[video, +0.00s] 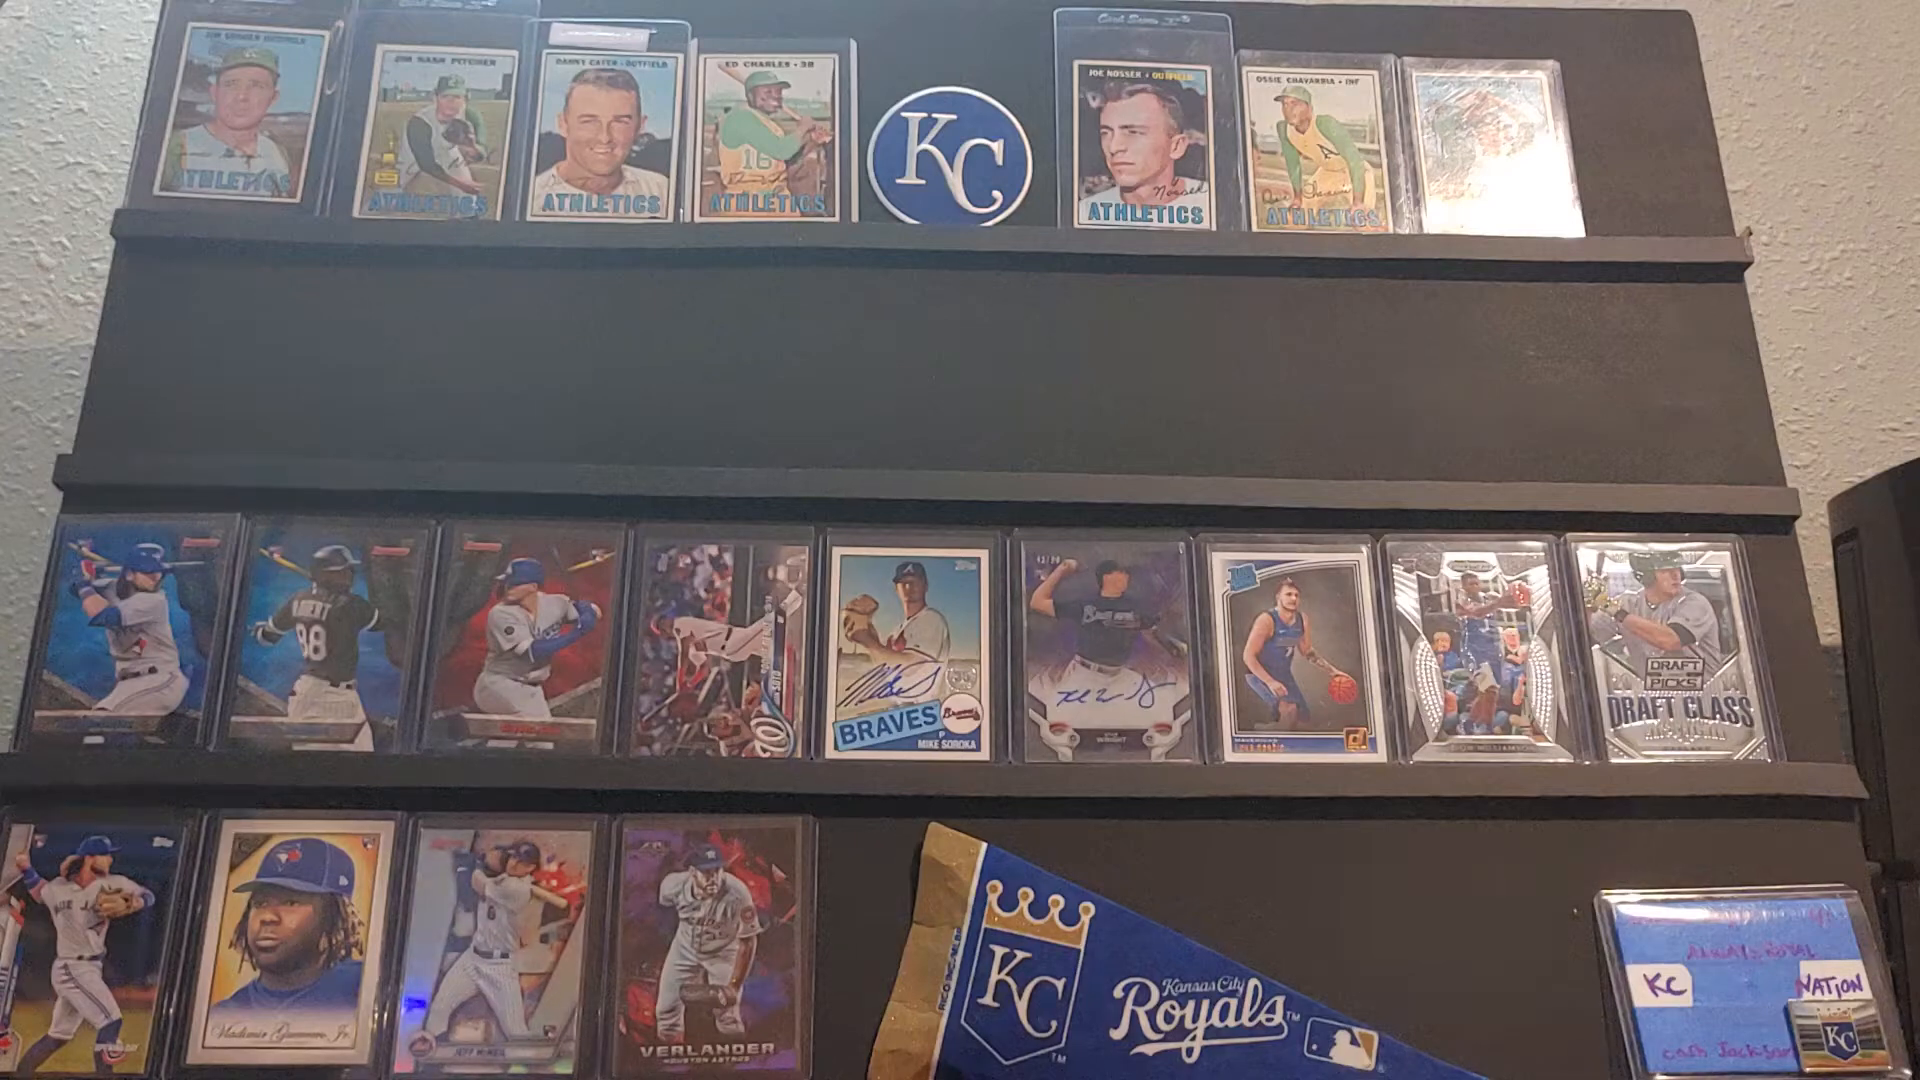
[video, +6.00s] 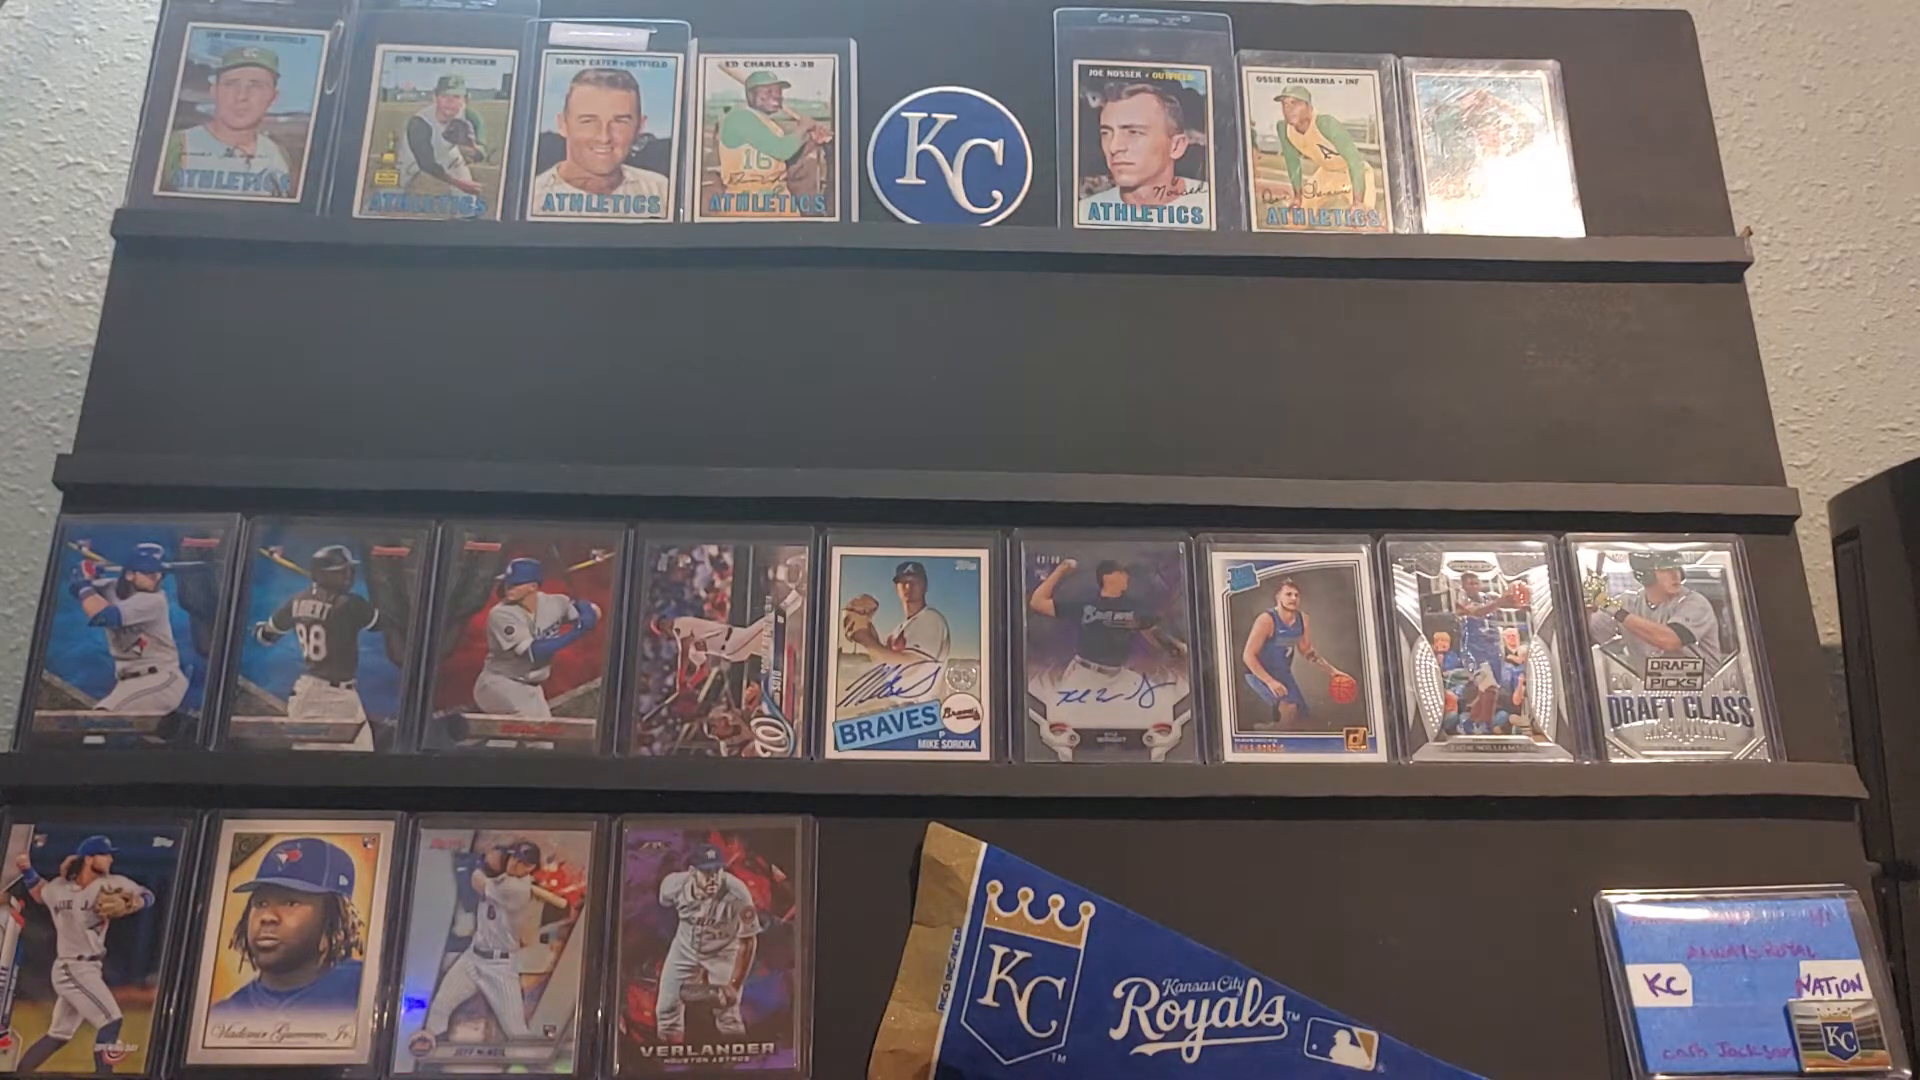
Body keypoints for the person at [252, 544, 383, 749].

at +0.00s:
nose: (351, 576)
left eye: (350, 571)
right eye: (347, 571)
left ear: (320, 575)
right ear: (333, 575)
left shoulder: (299, 600)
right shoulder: (351, 605)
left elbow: (268, 637)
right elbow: (387, 622)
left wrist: (259, 630)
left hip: (306, 695)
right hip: (341, 699)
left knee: (307, 767)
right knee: (360, 767)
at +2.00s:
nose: (351, 576)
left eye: (351, 571)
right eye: (347, 571)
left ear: (320, 574)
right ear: (332, 575)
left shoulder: (299, 600)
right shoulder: (350, 605)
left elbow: (267, 637)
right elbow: (384, 623)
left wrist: (259, 630)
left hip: (305, 692)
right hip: (340, 697)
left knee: (307, 765)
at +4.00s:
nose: (350, 578)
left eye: (350, 572)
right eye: (346, 572)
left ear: (319, 575)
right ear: (335, 575)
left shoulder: (299, 601)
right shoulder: (350, 605)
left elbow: (267, 637)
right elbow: (388, 621)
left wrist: (259, 630)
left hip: (305, 694)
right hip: (342, 698)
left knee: (306, 766)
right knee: (359, 767)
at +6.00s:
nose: (350, 576)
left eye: (350, 571)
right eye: (346, 571)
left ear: (319, 575)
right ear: (333, 575)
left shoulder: (298, 601)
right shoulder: (350, 604)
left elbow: (267, 637)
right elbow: (386, 622)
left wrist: (260, 630)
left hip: (306, 692)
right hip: (341, 697)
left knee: (306, 765)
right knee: (360, 766)